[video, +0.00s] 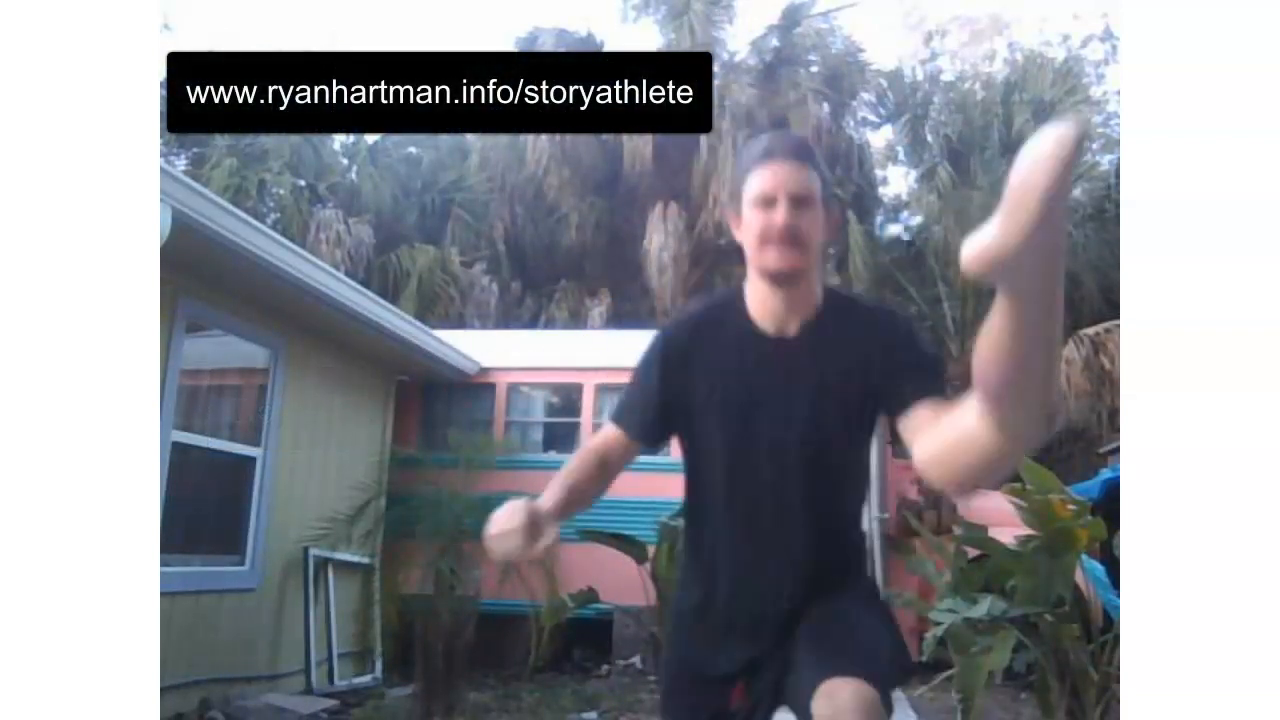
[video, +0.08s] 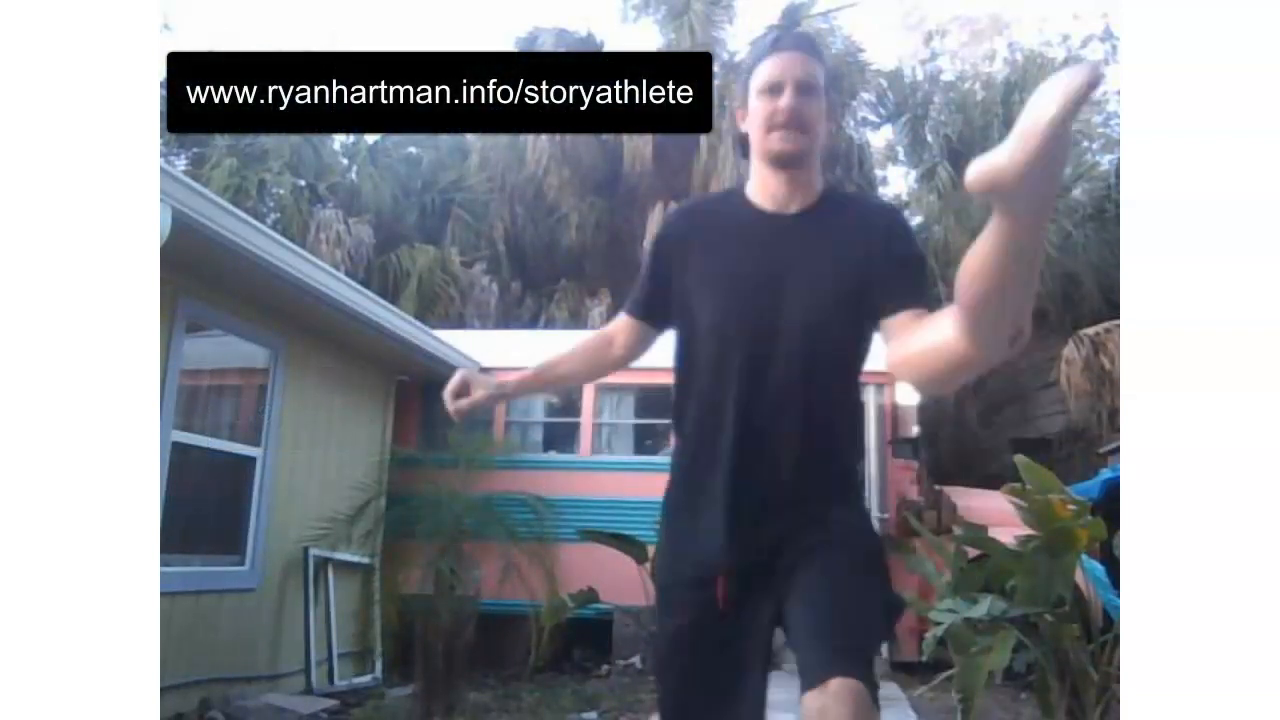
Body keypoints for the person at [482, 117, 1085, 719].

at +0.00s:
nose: (784, 220)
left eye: (802, 202)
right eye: (765, 203)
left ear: (829, 220)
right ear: (737, 223)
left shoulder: (877, 336)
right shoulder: (690, 340)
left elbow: (944, 459)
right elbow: (610, 447)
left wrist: (1002, 425)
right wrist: (548, 508)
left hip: (832, 600)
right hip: (715, 609)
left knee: (849, 703)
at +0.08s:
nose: (789, 104)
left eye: (807, 90)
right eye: (772, 89)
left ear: (832, 114)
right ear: (742, 115)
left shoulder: (872, 227)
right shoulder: (687, 230)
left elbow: (923, 363)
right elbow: (616, 344)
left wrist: (981, 334)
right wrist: (506, 381)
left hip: (825, 522)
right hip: (704, 526)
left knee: (842, 701)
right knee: (694, 714)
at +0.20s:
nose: (768, 138)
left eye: (787, 125)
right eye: (752, 124)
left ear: (814, 151)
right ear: (725, 148)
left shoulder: (854, 262)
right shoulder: (674, 261)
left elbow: (897, 386)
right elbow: (601, 370)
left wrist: (949, 365)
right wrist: (492, 392)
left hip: (817, 542)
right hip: (700, 544)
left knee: (837, 699)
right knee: (688, 711)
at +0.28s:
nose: (788, 267)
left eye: (808, 253)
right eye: (772, 250)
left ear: (837, 277)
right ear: (743, 270)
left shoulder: (868, 387)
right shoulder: (683, 374)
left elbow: (927, 526)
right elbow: (602, 486)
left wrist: (983, 500)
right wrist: (492, 523)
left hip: (817, 632)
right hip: (703, 638)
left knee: (856, 697)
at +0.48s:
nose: (766, 195)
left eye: (782, 182)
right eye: (749, 181)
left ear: (805, 205)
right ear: (720, 204)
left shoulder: (848, 312)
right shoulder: (675, 311)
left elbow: (893, 436)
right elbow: (615, 432)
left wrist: (954, 389)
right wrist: (514, 437)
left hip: (810, 588)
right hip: (696, 589)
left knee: (851, 698)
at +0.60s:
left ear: (865, 7)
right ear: (770, 0)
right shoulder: (702, 119)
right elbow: (654, 261)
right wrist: (587, 379)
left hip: (827, 481)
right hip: (691, 468)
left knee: (833, 710)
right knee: (664, 700)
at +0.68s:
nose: (724, 22)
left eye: (742, 10)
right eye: (706, 10)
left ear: (769, 37)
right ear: (681, 38)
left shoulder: (821, 156)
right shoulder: (639, 159)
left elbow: (868, 319)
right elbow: (605, 296)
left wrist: (771, 397)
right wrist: (550, 394)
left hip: (785, 477)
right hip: (660, 471)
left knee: (771, 704)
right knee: (647, 697)